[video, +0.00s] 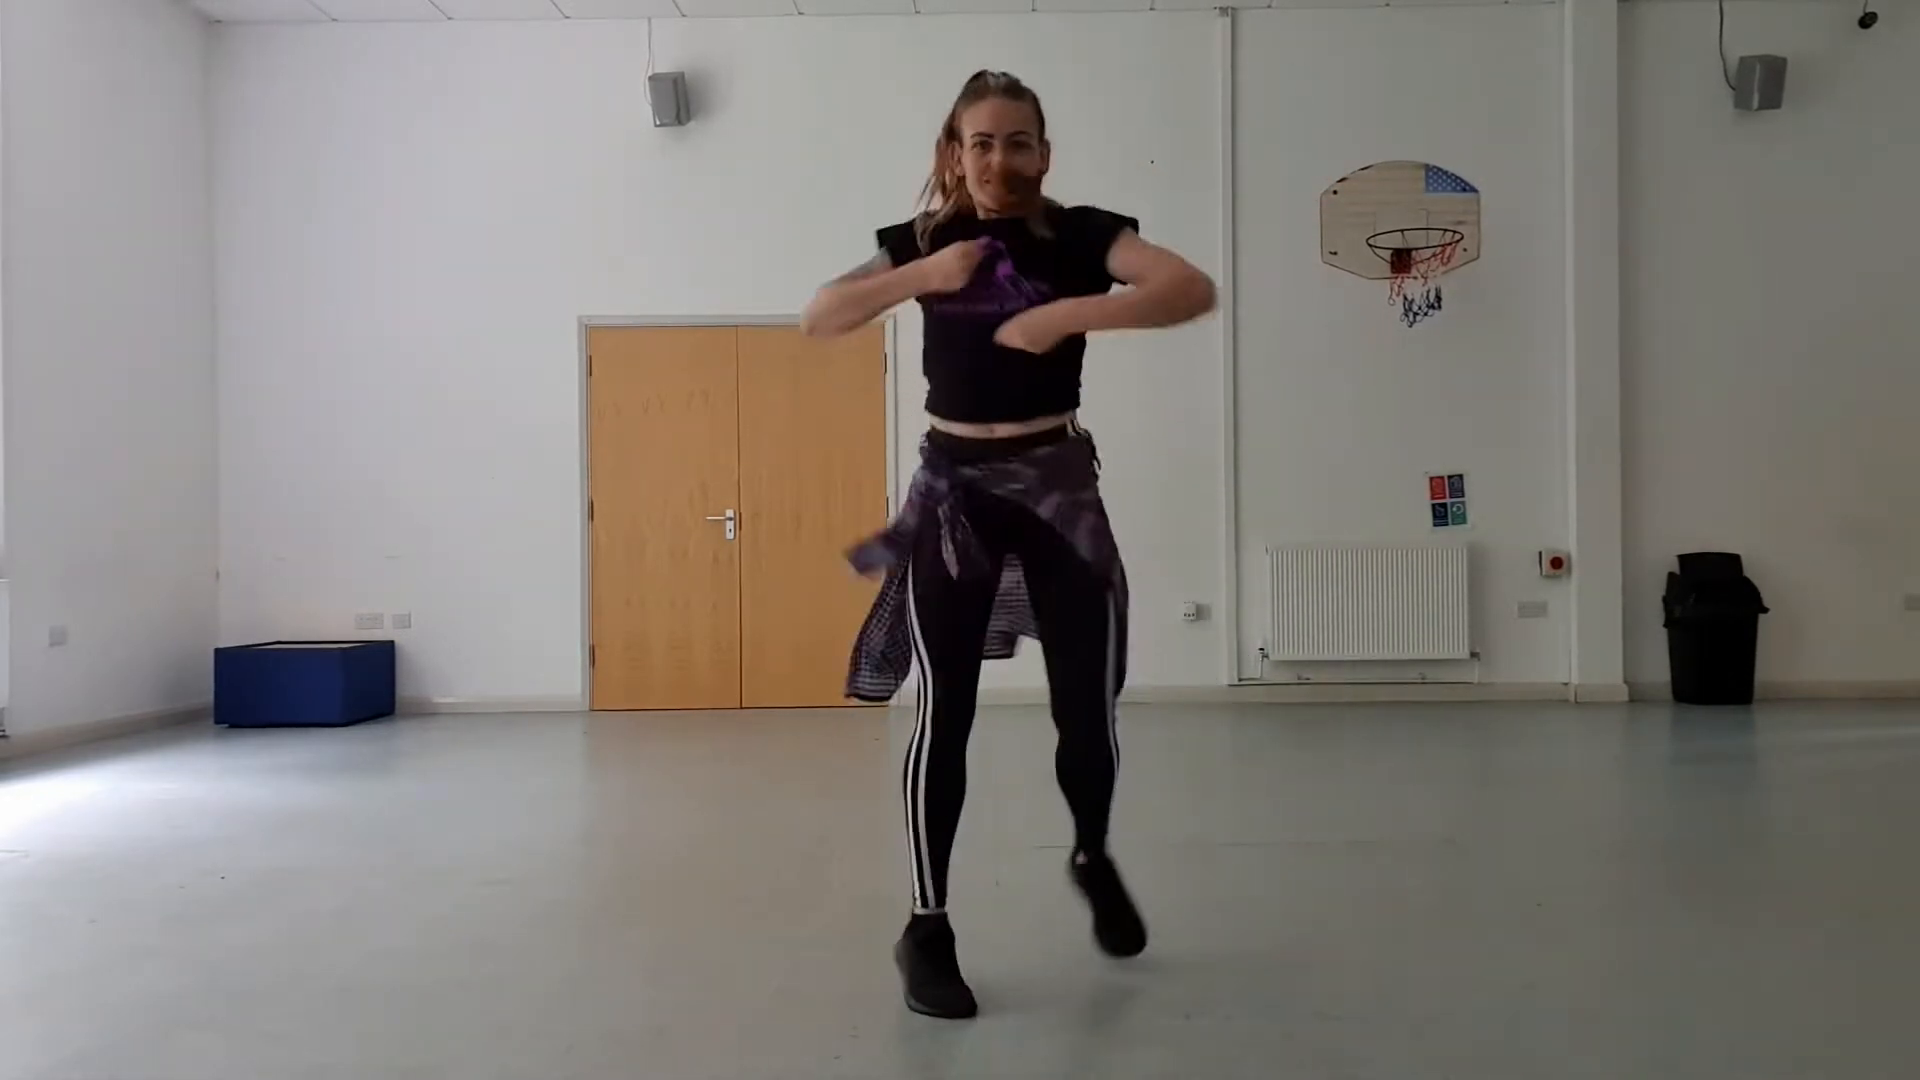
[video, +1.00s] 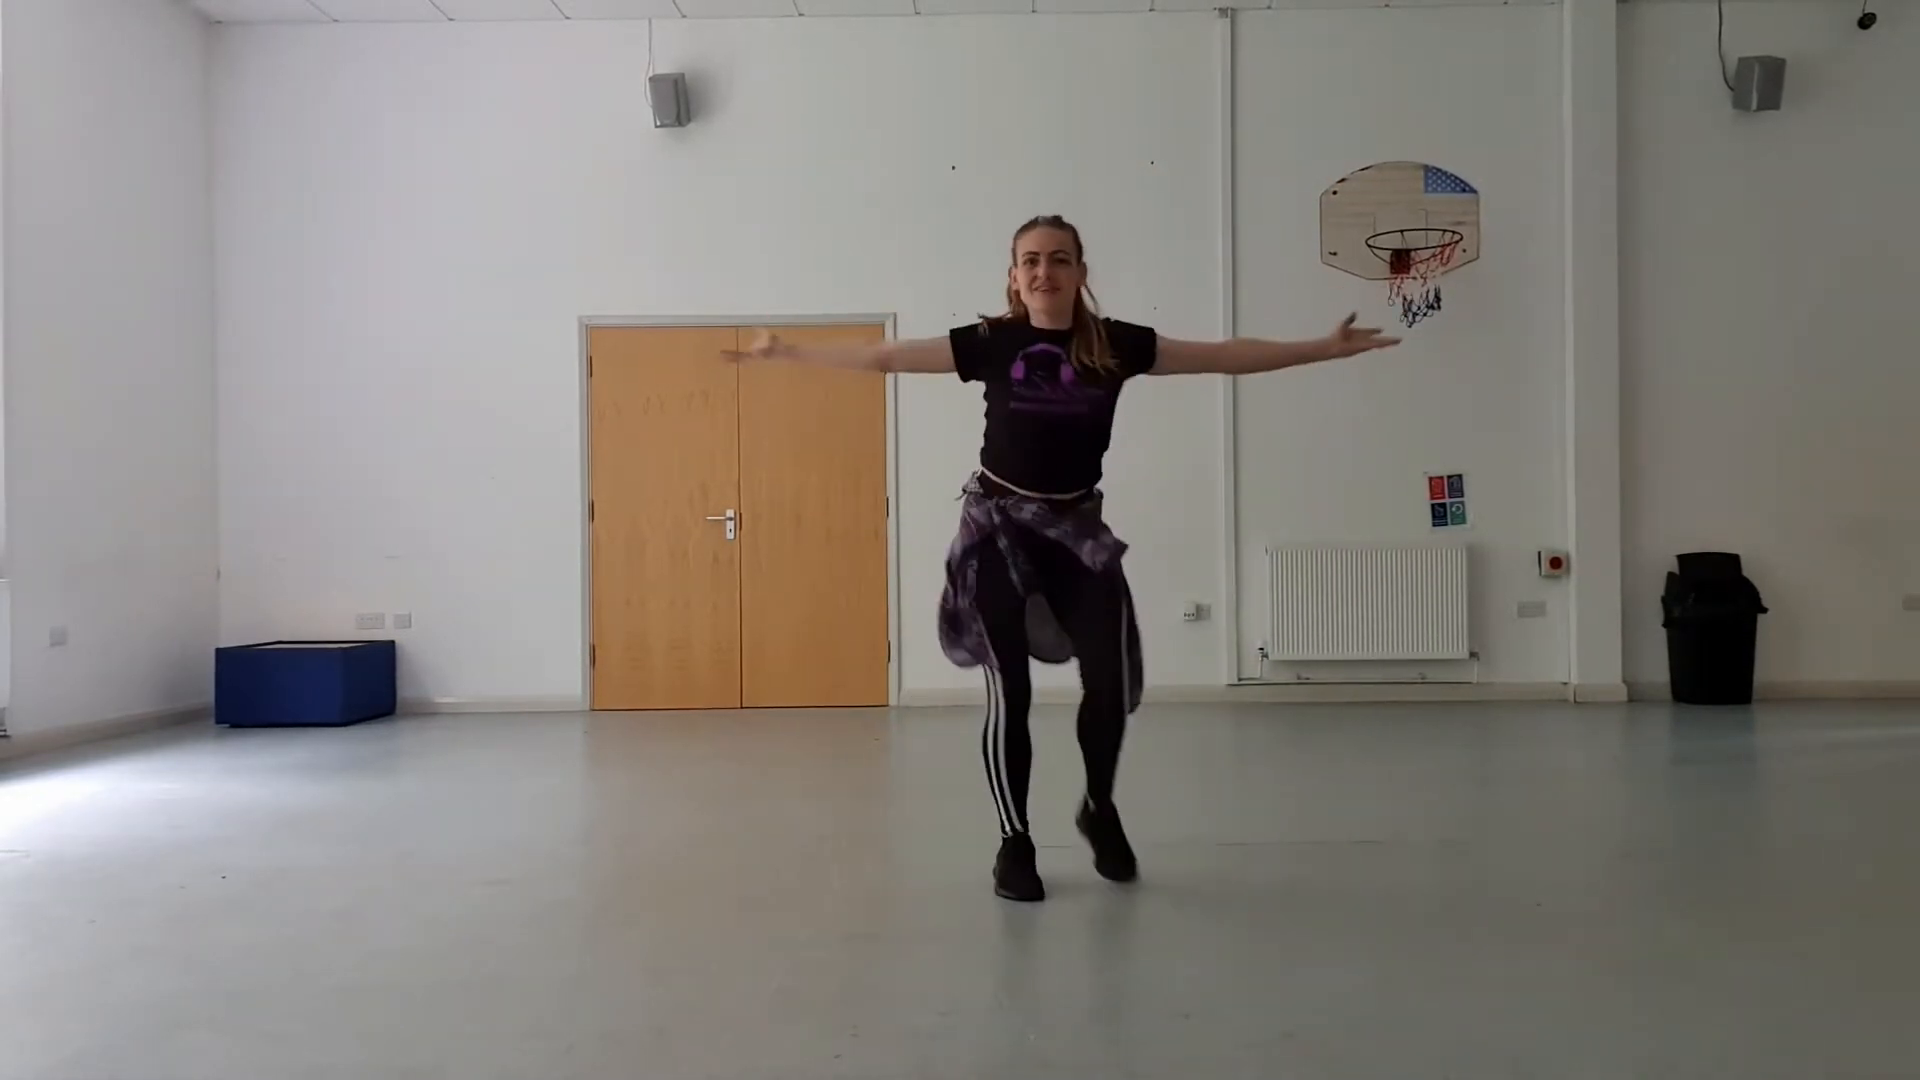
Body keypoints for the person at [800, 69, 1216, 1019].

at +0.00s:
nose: (999, 159)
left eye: (1017, 142)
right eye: (981, 142)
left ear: (1043, 150)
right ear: (952, 152)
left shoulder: (1080, 233)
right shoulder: (922, 244)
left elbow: (1193, 290)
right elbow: (819, 320)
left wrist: (1069, 315)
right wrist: (927, 272)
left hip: (1059, 481)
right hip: (954, 485)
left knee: (1090, 717)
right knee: (945, 715)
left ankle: (1093, 858)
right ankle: (928, 925)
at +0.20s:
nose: (1028, 228)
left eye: (1044, 213)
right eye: (1011, 215)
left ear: (1074, 220)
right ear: (988, 226)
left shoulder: (1097, 280)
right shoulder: (980, 304)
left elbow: (1040, 326)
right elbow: (925, 353)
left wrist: (930, 373)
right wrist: (1022, 276)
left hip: (1055, 506)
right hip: (968, 504)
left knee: (1059, 736)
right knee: (940, 725)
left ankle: (1124, 863)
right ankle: (967, 932)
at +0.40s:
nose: (1059, 279)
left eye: (1074, 266)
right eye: (1046, 266)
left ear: (1098, 274)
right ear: (1024, 276)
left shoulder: (1126, 342)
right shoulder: (996, 348)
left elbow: (1085, 354)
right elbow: (997, 336)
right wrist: (1007, 294)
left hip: (1114, 558)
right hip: (1020, 558)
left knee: (1100, 743)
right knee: (963, 709)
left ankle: (1117, 893)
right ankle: (955, 908)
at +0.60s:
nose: (1082, 284)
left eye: (1096, 271)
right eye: (1066, 273)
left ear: (1118, 282)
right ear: (1040, 286)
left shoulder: (1134, 359)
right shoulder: (1016, 339)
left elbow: (1219, 346)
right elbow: (934, 330)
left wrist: (1308, 311)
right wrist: (841, 300)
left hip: (1113, 550)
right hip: (1029, 556)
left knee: (1149, 712)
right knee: (1051, 731)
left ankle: (1125, 882)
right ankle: (985, 784)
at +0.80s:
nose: (1068, 297)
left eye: (1083, 283)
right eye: (1052, 286)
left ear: (1108, 294)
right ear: (1032, 299)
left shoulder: (1128, 369)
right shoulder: (1003, 353)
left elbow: (1248, 347)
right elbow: (893, 353)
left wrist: (1365, 309)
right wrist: (786, 342)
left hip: (1098, 553)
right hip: (1021, 556)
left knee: (1130, 716)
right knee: (1065, 735)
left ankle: (1128, 881)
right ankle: (1025, 839)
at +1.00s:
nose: (1043, 272)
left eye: (1058, 260)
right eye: (1030, 261)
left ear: (1082, 272)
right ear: (1012, 277)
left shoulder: (1118, 346)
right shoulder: (988, 345)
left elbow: (1230, 356)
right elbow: (883, 357)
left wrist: (1328, 347)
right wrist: (786, 349)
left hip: (1078, 529)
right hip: (998, 526)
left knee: (1112, 680)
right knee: (1011, 684)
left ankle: (1099, 809)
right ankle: (1017, 843)